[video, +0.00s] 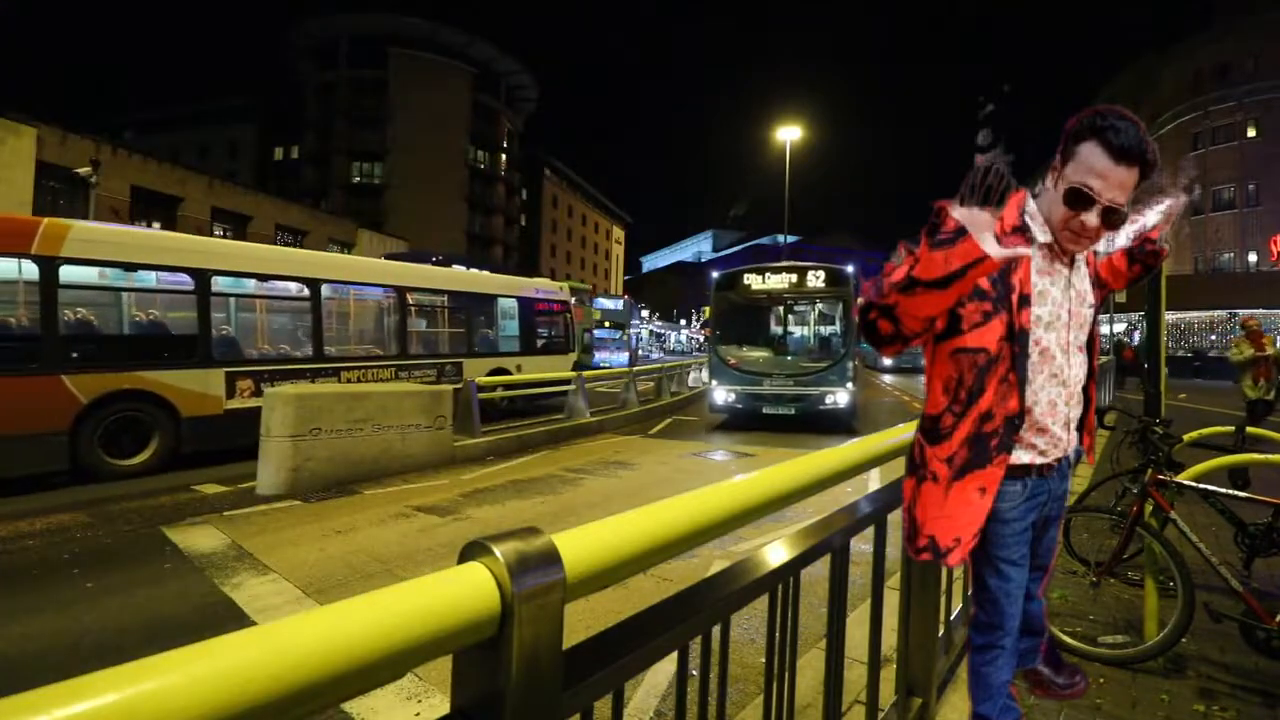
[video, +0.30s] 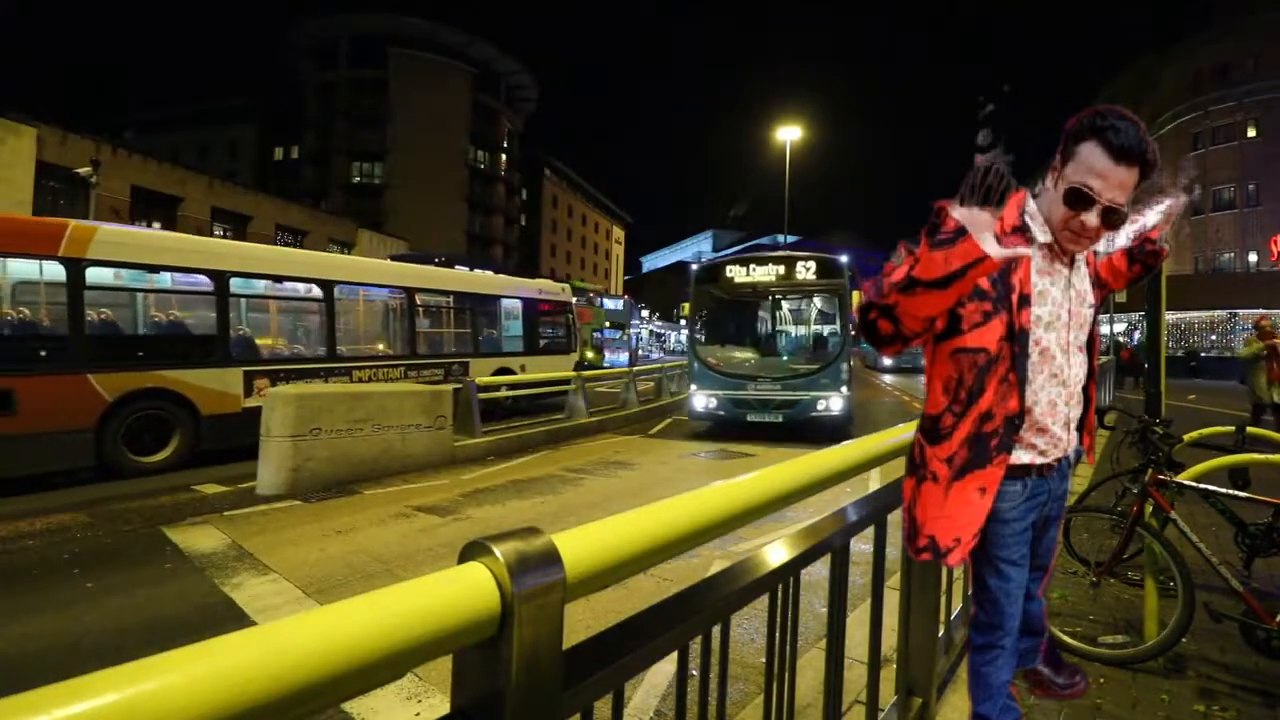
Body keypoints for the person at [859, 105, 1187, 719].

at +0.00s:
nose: (1089, 222)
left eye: (1110, 212)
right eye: (1079, 198)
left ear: (1123, 212)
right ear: (1052, 172)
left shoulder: (1083, 264)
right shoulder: (986, 243)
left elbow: (1107, 276)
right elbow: (882, 328)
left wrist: (1150, 241)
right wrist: (960, 245)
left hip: (1057, 467)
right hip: (1000, 476)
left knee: (1034, 582)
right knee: (1000, 614)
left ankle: (1027, 659)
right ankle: (993, 710)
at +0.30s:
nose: (1089, 222)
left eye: (1110, 211)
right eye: (1079, 198)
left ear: (1123, 211)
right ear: (1052, 172)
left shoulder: (1085, 264)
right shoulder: (985, 243)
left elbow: (1117, 270)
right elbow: (882, 328)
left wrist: (1153, 240)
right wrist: (961, 246)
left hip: (1057, 467)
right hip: (1000, 475)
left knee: (1034, 582)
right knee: (1000, 612)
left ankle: (1027, 660)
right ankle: (994, 710)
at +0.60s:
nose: (1089, 222)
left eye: (1110, 211)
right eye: (1079, 198)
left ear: (1124, 211)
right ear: (1052, 172)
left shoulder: (1085, 264)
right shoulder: (985, 242)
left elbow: (1115, 271)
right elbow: (884, 327)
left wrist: (1152, 241)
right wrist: (962, 245)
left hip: (1057, 467)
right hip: (1000, 475)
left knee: (1034, 582)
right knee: (1000, 611)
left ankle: (1027, 660)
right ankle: (993, 709)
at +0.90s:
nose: (1089, 222)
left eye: (1110, 211)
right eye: (1079, 198)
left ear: (1123, 211)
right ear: (1052, 172)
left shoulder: (1085, 264)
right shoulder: (985, 242)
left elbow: (1116, 271)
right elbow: (883, 328)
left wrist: (1152, 240)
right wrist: (962, 245)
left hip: (1057, 467)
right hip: (1000, 475)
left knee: (1034, 582)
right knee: (1000, 611)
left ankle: (1028, 659)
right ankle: (994, 709)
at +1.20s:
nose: (1089, 222)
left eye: (1110, 212)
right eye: (1079, 198)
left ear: (1123, 211)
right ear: (1052, 172)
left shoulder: (1085, 264)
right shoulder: (985, 242)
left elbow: (1116, 270)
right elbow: (882, 328)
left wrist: (1152, 240)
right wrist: (962, 245)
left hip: (1057, 467)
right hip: (1000, 475)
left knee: (1034, 582)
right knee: (1000, 610)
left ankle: (1027, 659)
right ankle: (993, 709)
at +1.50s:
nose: (1089, 222)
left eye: (1109, 212)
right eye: (1079, 198)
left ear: (1123, 211)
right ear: (1052, 172)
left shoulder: (1084, 265)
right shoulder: (985, 242)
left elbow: (1113, 272)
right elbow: (882, 328)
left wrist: (1152, 240)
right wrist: (962, 246)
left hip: (1057, 467)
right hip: (1000, 475)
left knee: (1034, 581)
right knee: (1000, 611)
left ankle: (1028, 659)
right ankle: (993, 709)